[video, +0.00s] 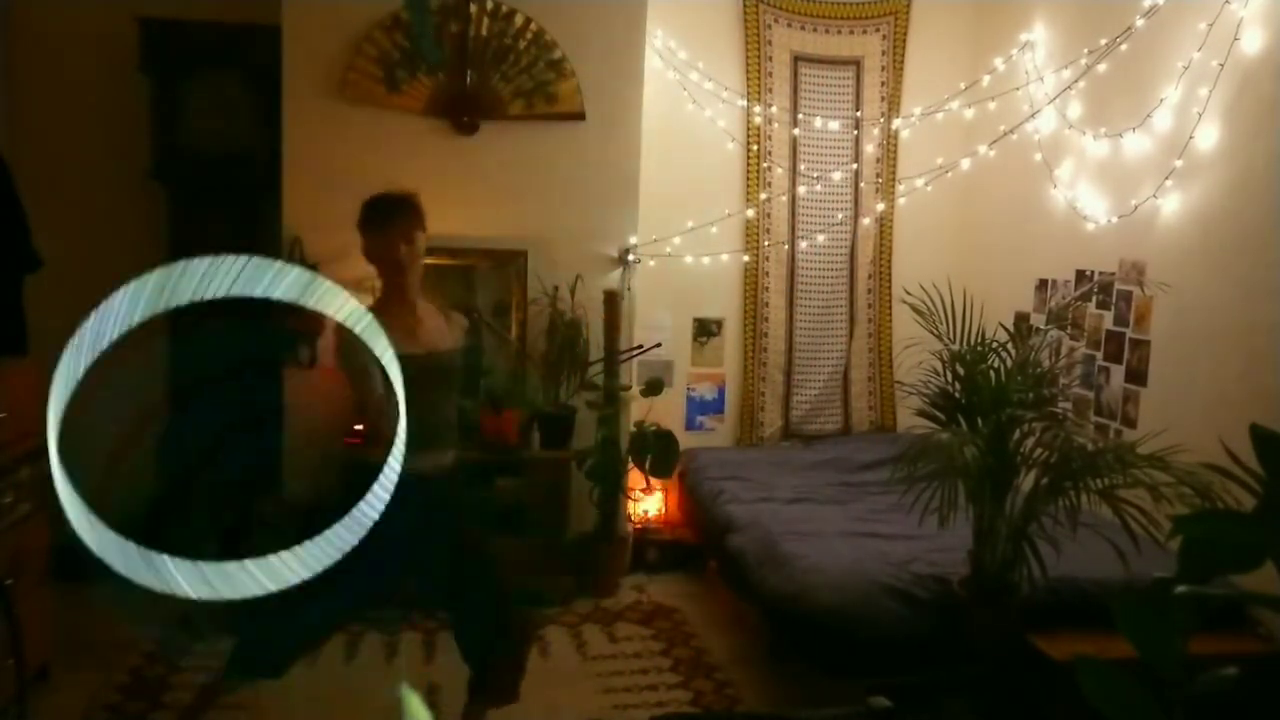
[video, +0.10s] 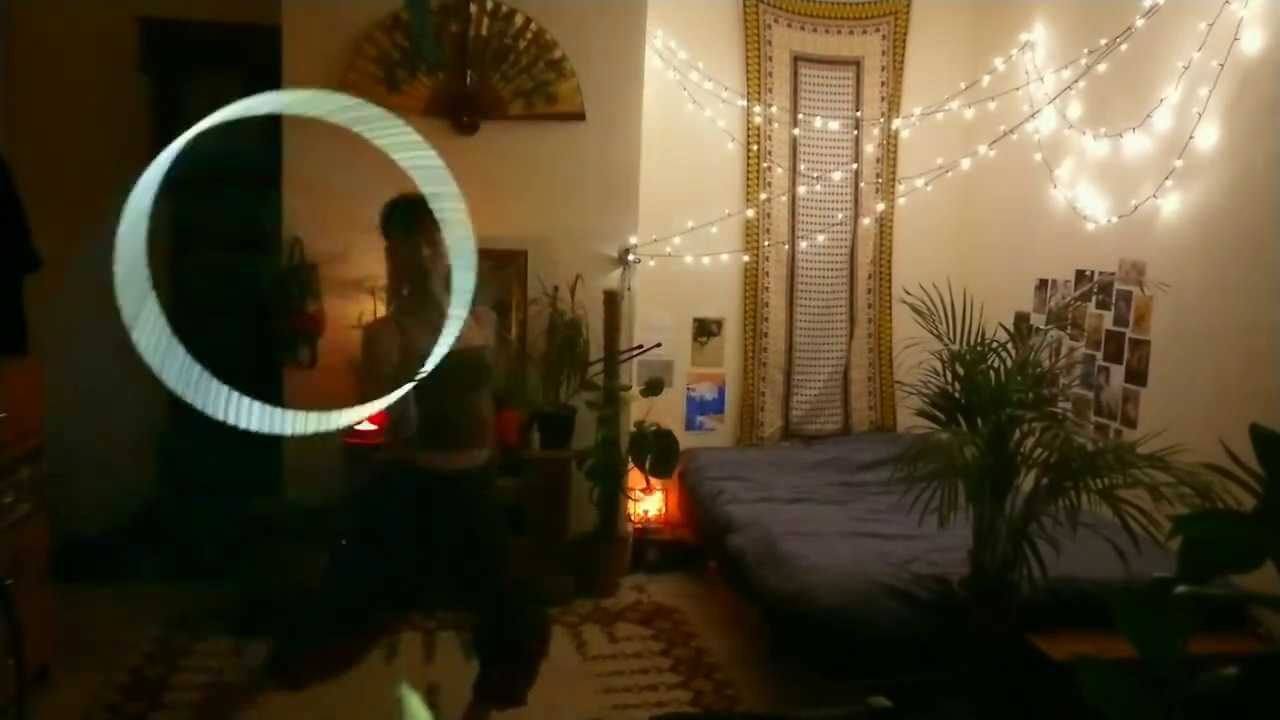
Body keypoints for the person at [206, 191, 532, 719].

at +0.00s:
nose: (406, 248)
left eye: (413, 235)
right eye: (391, 236)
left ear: (425, 240)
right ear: (369, 246)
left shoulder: (459, 328)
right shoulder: (359, 333)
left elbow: (480, 408)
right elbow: (356, 425)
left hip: (453, 488)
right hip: (385, 492)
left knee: (501, 640)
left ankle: (472, 710)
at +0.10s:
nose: (428, 257)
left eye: (435, 242)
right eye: (413, 245)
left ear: (448, 247)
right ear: (392, 255)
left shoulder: (481, 323)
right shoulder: (384, 335)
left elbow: (501, 395)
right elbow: (393, 427)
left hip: (475, 484)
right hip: (407, 484)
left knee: (514, 628)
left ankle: (478, 709)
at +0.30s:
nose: (468, 250)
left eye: (476, 236)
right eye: (456, 237)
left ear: (487, 242)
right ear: (433, 248)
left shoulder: (518, 314)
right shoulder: (424, 326)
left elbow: (561, 395)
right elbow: (415, 430)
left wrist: (612, 468)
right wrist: (477, 454)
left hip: (529, 478)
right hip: (464, 486)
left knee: (514, 623)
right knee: (526, 625)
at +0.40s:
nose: (477, 246)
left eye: (487, 231)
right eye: (464, 234)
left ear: (503, 232)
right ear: (445, 240)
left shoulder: (531, 303)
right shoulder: (442, 312)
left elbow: (579, 380)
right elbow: (459, 401)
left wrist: (631, 440)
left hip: (536, 465)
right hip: (474, 470)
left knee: (539, 588)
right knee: (501, 590)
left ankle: (515, 698)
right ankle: (500, 697)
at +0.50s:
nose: (489, 240)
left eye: (499, 225)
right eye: (476, 227)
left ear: (514, 228)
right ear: (457, 232)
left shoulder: (542, 304)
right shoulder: (444, 305)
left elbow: (597, 384)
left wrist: (653, 451)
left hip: (542, 473)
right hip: (476, 476)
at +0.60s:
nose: (515, 228)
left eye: (519, 215)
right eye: (502, 218)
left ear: (524, 219)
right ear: (477, 223)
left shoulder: (545, 289)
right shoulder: (459, 307)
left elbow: (591, 372)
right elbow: (492, 403)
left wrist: (645, 437)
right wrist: (569, 397)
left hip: (574, 464)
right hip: (513, 474)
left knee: (605, 617)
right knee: (554, 626)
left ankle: (530, 686)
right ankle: (555, 704)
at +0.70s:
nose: (513, 237)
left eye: (521, 221)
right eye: (499, 224)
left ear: (537, 223)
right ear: (481, 228)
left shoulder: (563, 293)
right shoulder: (468, 301)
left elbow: (602, 374)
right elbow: (459, 399)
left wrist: (646, 443)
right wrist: (544, 432)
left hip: (576, 480)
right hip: (514, 485)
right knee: (540, 614)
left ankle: (568, 705)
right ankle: (555, 709)